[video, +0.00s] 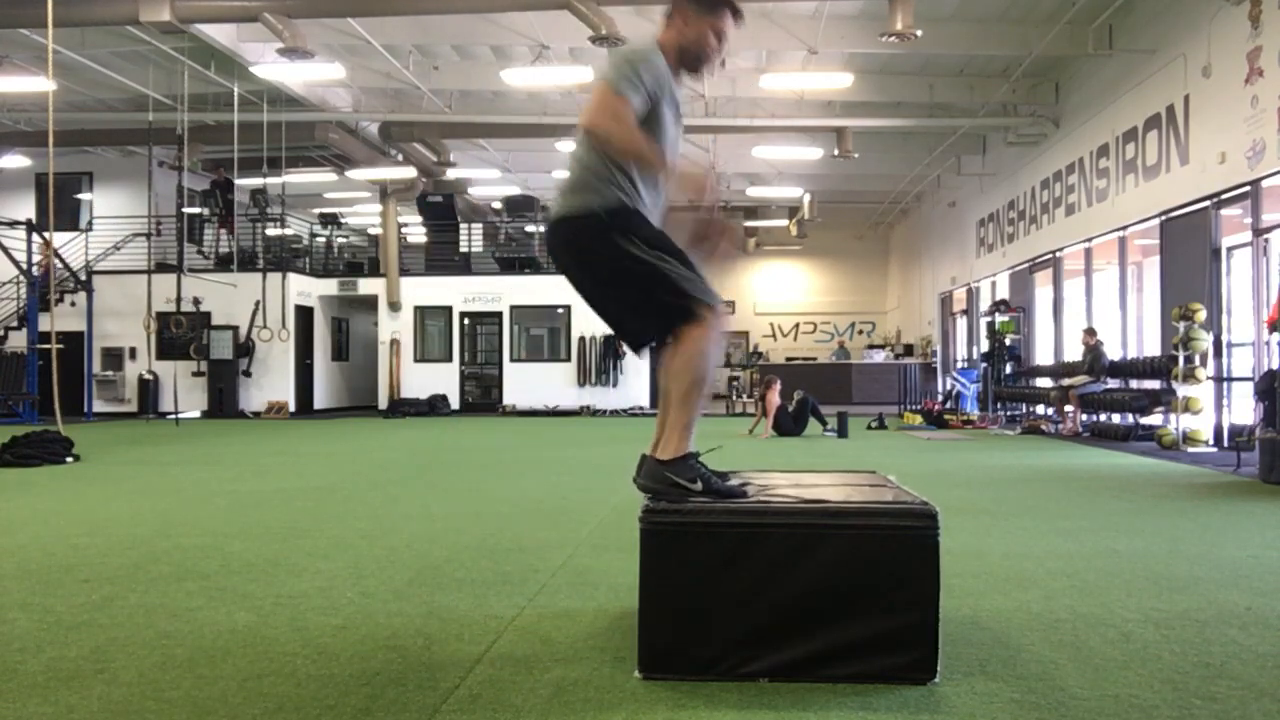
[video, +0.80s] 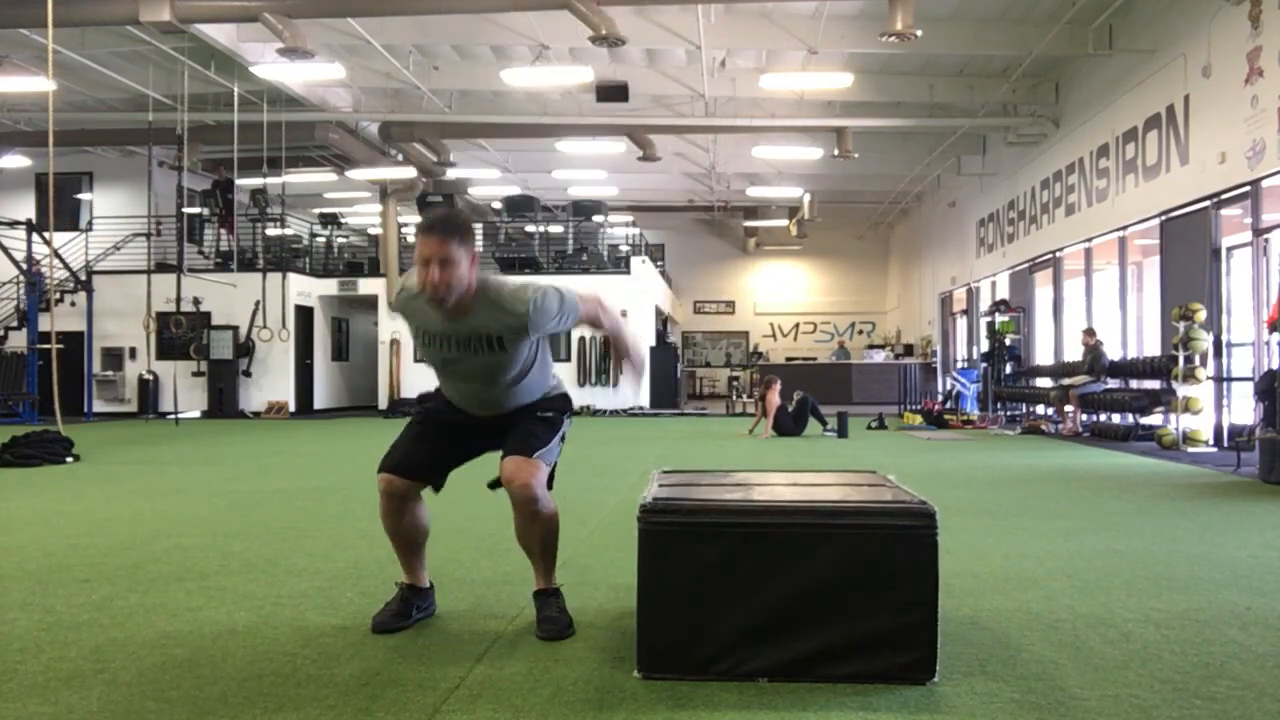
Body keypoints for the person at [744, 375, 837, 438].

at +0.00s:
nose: (780, 386)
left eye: (779, 384)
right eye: (778, 384)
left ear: (768, 385)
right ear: (773, 385)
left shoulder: (765, 396)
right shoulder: (773, 396)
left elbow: (759, 415)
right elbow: (770, 416)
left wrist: (751, 430)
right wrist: (766, 433)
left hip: (784, 430)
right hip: (792, 431)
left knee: (804, 399)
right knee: (807, 400)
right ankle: (826, 426)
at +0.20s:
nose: (780, 386)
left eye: (779, 384)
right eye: (778, 384)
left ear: (768, 385)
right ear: (773, 385)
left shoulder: (765, 396)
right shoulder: (773, 396)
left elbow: (759, 415)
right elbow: (770, 416)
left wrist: (751, 430)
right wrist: (766, 433)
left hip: (784, 430)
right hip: (792, 431)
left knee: (804, 399)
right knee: (807, 400)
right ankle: (826, 426)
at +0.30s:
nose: (780, 386)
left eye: (779, 384)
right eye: (778, 384)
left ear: (768, 385)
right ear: (773, 385)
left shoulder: (765, 396)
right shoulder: (773, 396)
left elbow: (759, 415)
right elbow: (770, 416)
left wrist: (751, 430)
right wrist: (766, 433)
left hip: (785, 430)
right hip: (792, 431)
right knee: (807, 399)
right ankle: (826, 426)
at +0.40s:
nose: (780, 386)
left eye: (779, 384)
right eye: (778, 384)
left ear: (768, 385)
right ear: (773, 385)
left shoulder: (765, 396)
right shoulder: (773, 396)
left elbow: (759, 415)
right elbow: (770, 416)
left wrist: (751, 430)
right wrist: (766, 433)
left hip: (784, 430)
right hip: (792, 431)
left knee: (805, 399)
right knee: (807, 400)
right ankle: (826, 426)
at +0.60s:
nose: (780, 387)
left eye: (779, 384)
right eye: (778, 384)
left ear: (768, 385)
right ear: (773, 385)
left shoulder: (765, 396)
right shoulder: (773, 396)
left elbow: (759, 415)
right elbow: (770, 416)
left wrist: (751, 430)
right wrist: (766, 433)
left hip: (784, 430)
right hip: (792, 431)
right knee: (807, 400)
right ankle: (826, 426)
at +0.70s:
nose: (780, 386)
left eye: (780, 384)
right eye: (778, 384)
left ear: (768, 385)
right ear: (773, 385)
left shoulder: (766, 396)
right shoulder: (773, 396)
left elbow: (760, 415)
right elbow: (770, 416)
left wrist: (751, 430)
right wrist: (766, 433)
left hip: (784, 430)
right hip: (792, 431)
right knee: (807, 399)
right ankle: (826, 426)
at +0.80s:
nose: (780, 386)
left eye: (780, 384)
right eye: (778, 384)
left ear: (768, 385)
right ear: (773, 385)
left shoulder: (765, 396)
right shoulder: (773, 396)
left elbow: (760, 415)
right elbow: (770, 416)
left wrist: (751, 430)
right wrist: (766, 433)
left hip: (784, 430)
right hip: (792, 431)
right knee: (807, 399)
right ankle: (826, 426)